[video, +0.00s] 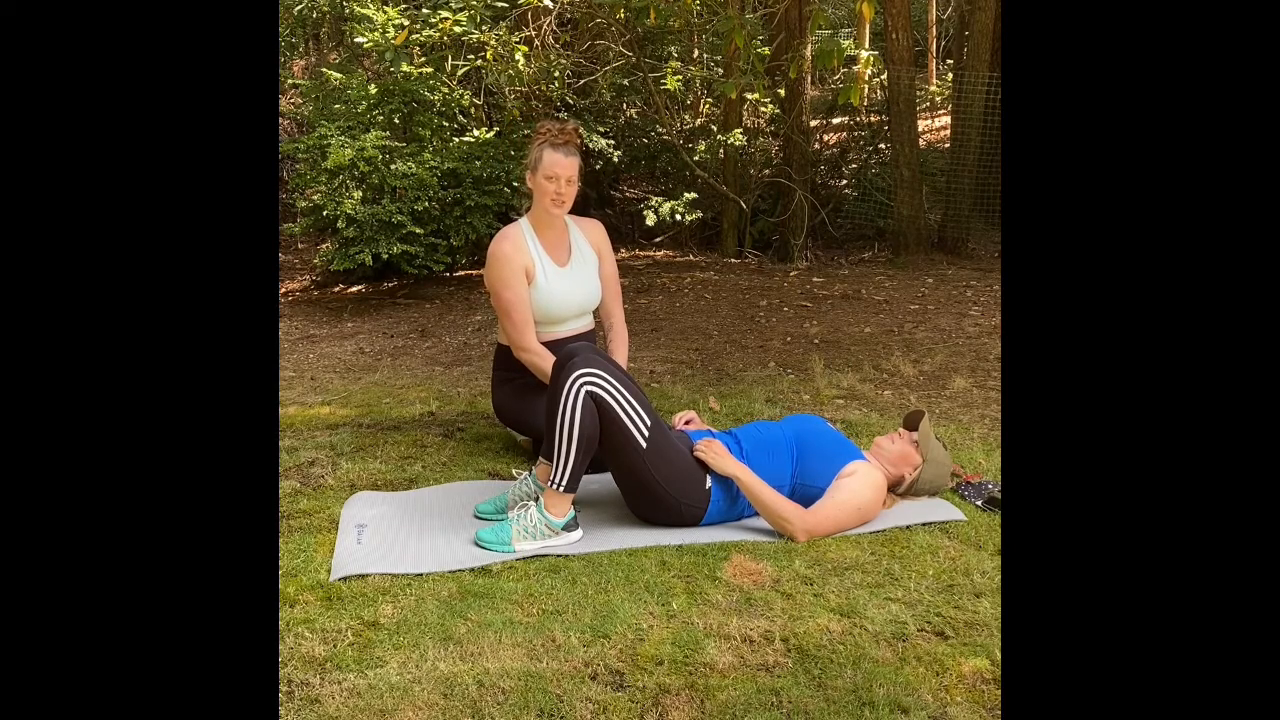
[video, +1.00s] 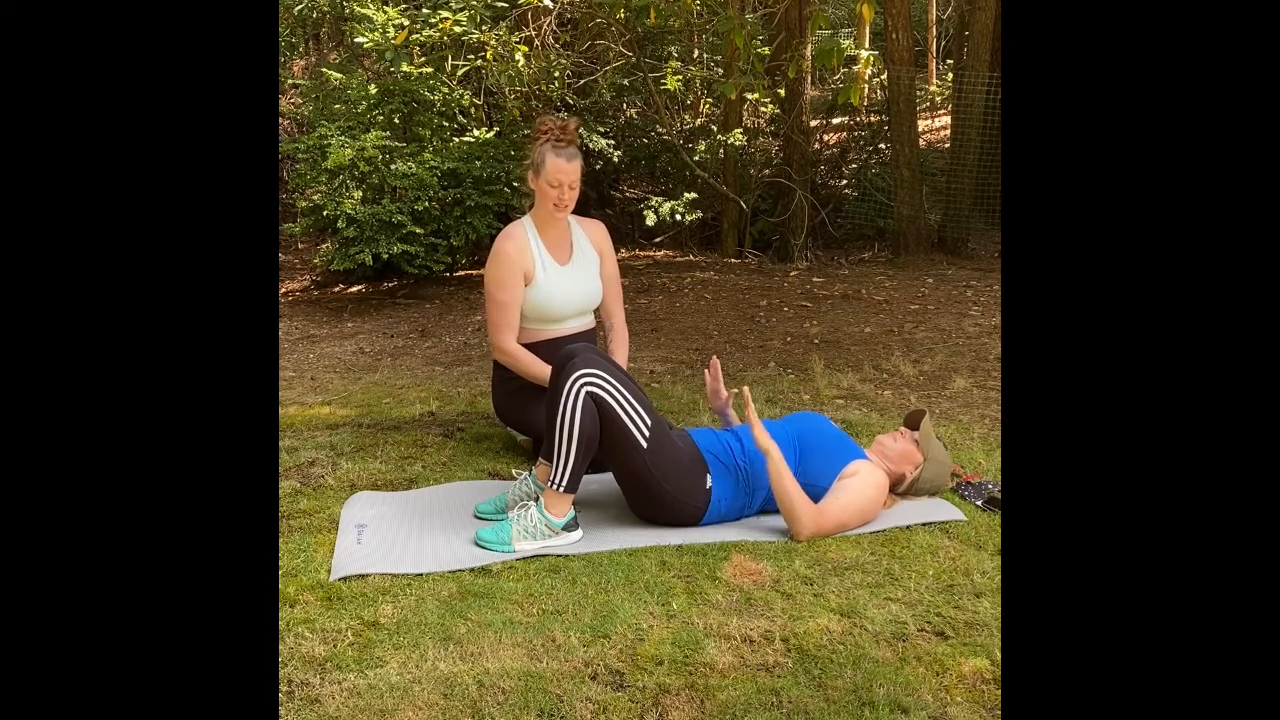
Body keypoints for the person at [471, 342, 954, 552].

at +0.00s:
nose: (897, 433)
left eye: (908, 440)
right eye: (906, 431)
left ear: (907, 471)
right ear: (895, 446)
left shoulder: (867, 483)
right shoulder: (843, 453)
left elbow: (805, 527)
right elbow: (760, 470)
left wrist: (732, 468)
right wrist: (705, 431)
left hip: (693, 490)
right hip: (682, 466)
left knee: (589, 373)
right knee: (580, 357)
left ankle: (554, 511)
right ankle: (542, 485)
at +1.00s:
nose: (897, 433)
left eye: (908, 440)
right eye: (905, 430)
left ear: (908, 471)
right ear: (895, 444)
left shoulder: (870, 483)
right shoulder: (842, 452)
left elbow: (808, 525)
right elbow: (758, 463)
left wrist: (766, 440)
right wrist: (728, 411)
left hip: (694, 484)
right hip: (680, 459)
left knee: (589, 373)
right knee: (578, 358)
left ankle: (555, 511)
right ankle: (542, 485)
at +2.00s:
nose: (897, 432)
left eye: (908, 438)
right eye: (906, 430)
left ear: (907, 469)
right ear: (897, 445)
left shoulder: (863, 478)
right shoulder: (844, 452)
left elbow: (788, 515)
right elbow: (763, 466)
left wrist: (700, 513)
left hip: (695, 474)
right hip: (680, 443)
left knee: (580, 369)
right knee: (546, 356)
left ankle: (556, 512)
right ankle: (546, 480)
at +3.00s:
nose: (897, 431)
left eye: (908, 438)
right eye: (906, 429)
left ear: (908, 468)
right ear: (898, 445)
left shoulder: (863, 476)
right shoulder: (847, 453)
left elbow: (789, 516)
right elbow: (771, 485)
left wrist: (706, 515)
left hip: (693, 480)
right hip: (681, 450)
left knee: (585, 376)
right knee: (589, 365)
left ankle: (555, 510)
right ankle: (544, 482)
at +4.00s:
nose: (900, 433)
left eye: (910, 441)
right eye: (908, 431)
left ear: (907, 473)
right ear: (896, 441)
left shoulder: (860, 474)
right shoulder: (846, 451)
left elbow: (795, 522)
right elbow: (775, 496)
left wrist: (711, 517)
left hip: (695, 482)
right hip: (680, 454)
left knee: (589, 375)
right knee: (590, 365)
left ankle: (554, 511)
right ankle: (542, 485)